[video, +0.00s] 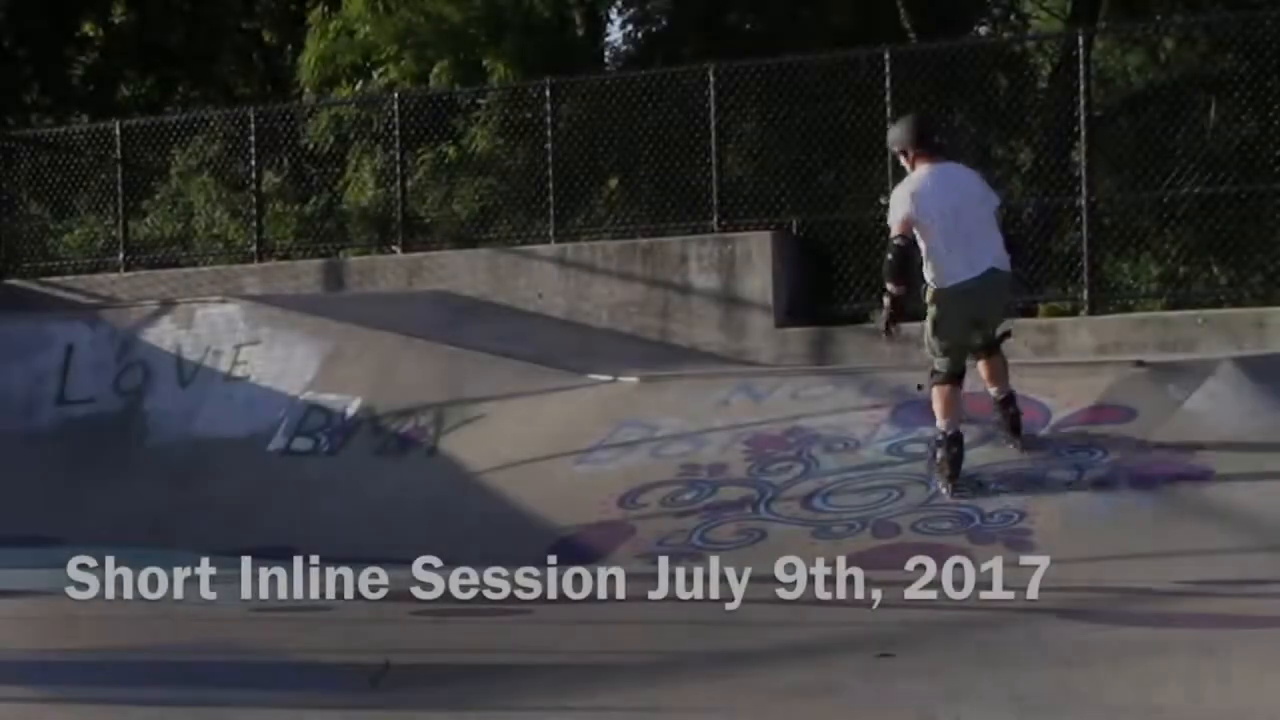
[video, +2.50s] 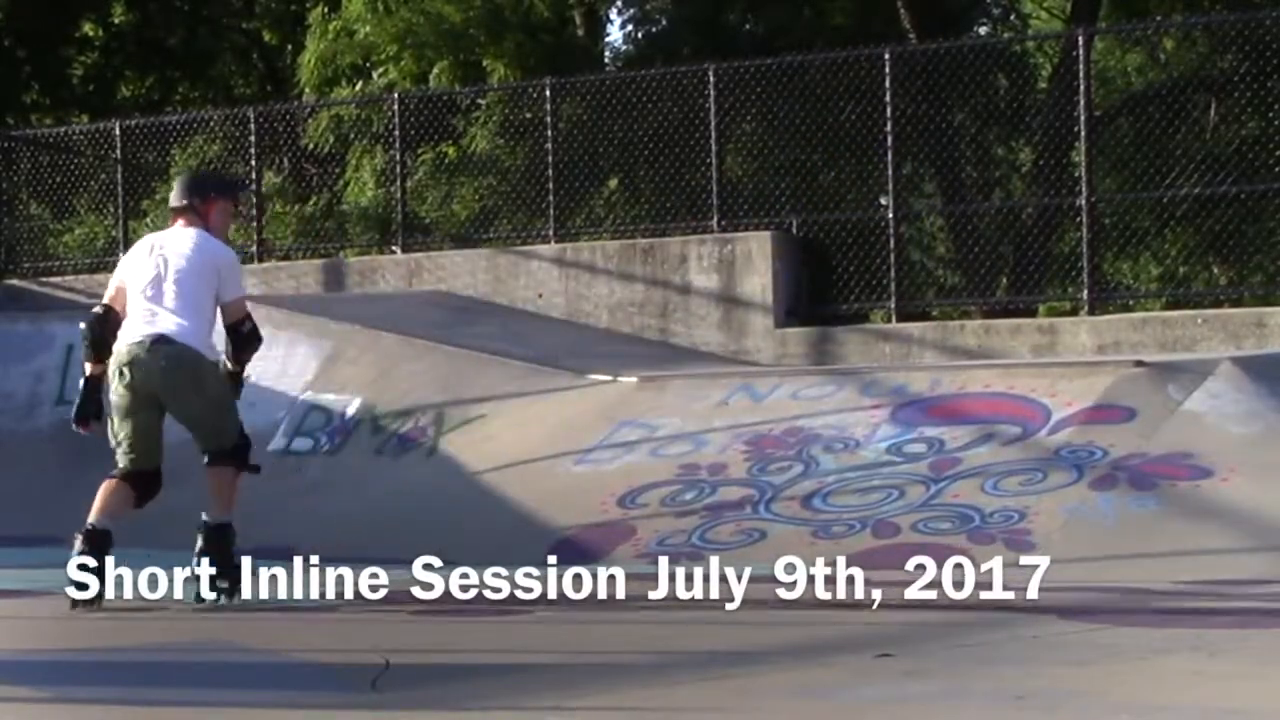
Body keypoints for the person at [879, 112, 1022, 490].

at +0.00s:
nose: (900, 164)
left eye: (899, 157)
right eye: (899, 157)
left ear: (906, 155)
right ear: (936, 145)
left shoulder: (908, 191)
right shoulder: (970, 176)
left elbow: (898, 255)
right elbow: (996, 223)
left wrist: (893, 301)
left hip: (950, 291)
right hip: (996, 279)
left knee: (946, 373)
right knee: (987, 344)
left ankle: (948, 456)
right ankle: (1007, 406)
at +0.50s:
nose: (791, 149)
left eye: (797, 140)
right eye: (785, 142)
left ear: (818, 136)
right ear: (782, 141)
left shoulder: (851, 162)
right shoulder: (789, 171)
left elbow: (885, 212)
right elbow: (824, 209)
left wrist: (869, 261)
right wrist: (844, 245)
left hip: (881, 252)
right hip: (830, 258)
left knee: (903, 326)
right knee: (818, 329)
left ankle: (907, 388)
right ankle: (830, 407)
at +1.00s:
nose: (766, 196)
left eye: (767, 188)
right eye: (761, 187)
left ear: (741, 187)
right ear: (738, 186)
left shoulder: (736, 216)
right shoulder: (716, 211)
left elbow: (769, 240)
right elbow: (679, 256)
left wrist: (796, 242)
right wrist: (682, 301)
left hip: (647, 299)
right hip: (672, 302)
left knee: (675, 379)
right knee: (740, 355)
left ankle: (634, 446)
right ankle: (739, 441)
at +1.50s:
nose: (544, 278)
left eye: (547, 271)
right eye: (544, 270)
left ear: (508, 259)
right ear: (527, 261)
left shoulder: (473, 280)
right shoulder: (521, 284)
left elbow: (432, 316)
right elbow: (549, 317)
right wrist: (600, 327)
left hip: (427, 366)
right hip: (469, 371)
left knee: (440, 460)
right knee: (493, 443)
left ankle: (395, 524)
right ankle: (479, 528)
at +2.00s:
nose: (358, 257)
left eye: (359, 250)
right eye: (355, 248)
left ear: (310, 244)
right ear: (336, 244)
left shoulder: (278, 272)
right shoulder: (341, 273)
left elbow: (231, 342)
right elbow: (395, 316)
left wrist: (236, 393)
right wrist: (425, 335)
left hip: (250, 360)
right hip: (301, 362)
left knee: (261, 458)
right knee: (307, 455)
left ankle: (230, 532)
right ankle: (300, 536)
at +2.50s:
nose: (232, 219)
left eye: (233, 210)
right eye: (228, 209)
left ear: (181, 209)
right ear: (208, 207)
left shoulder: (139, 249)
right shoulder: (218, 253)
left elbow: (101, 324)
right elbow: (244, 335)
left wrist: (91, 386)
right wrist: (233, 373)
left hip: (127, 359)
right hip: (184, 358)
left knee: (136, 473)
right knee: (227, 449)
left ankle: (88, 550)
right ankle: (215, 552)